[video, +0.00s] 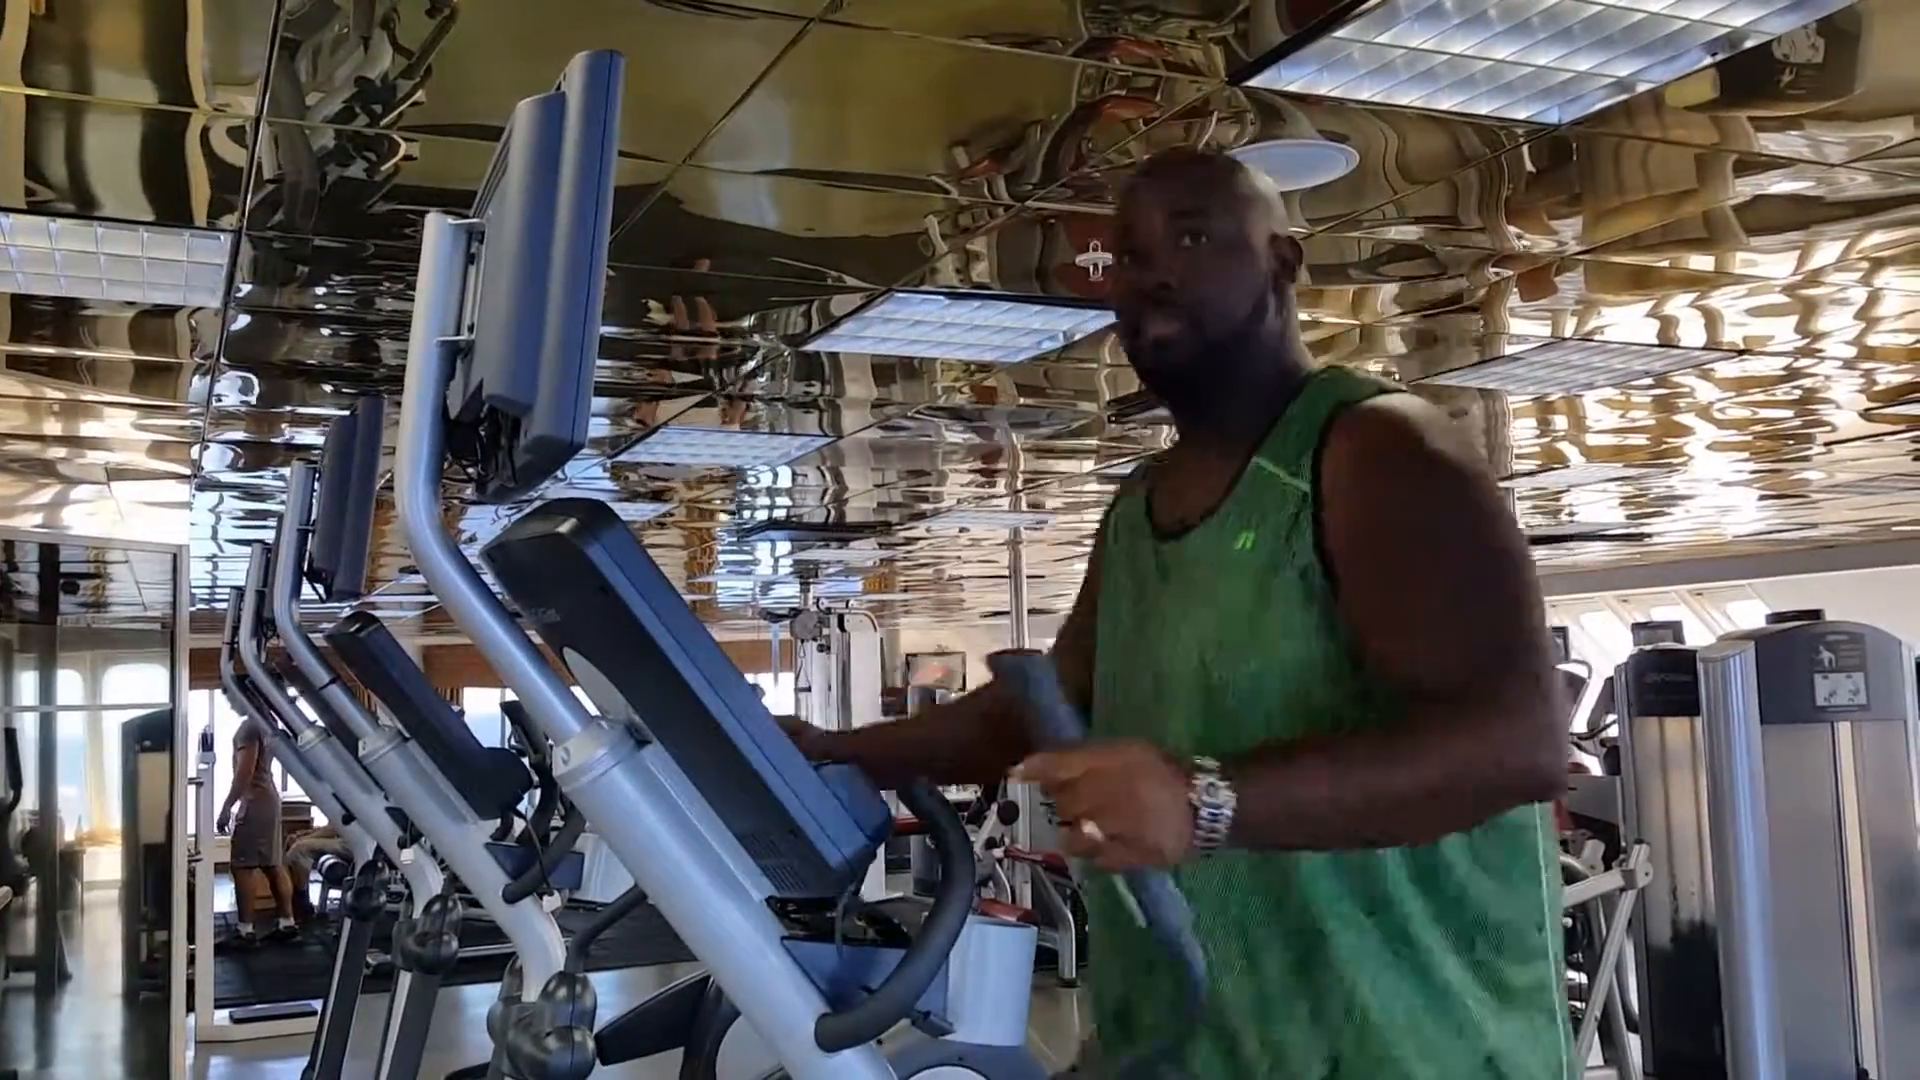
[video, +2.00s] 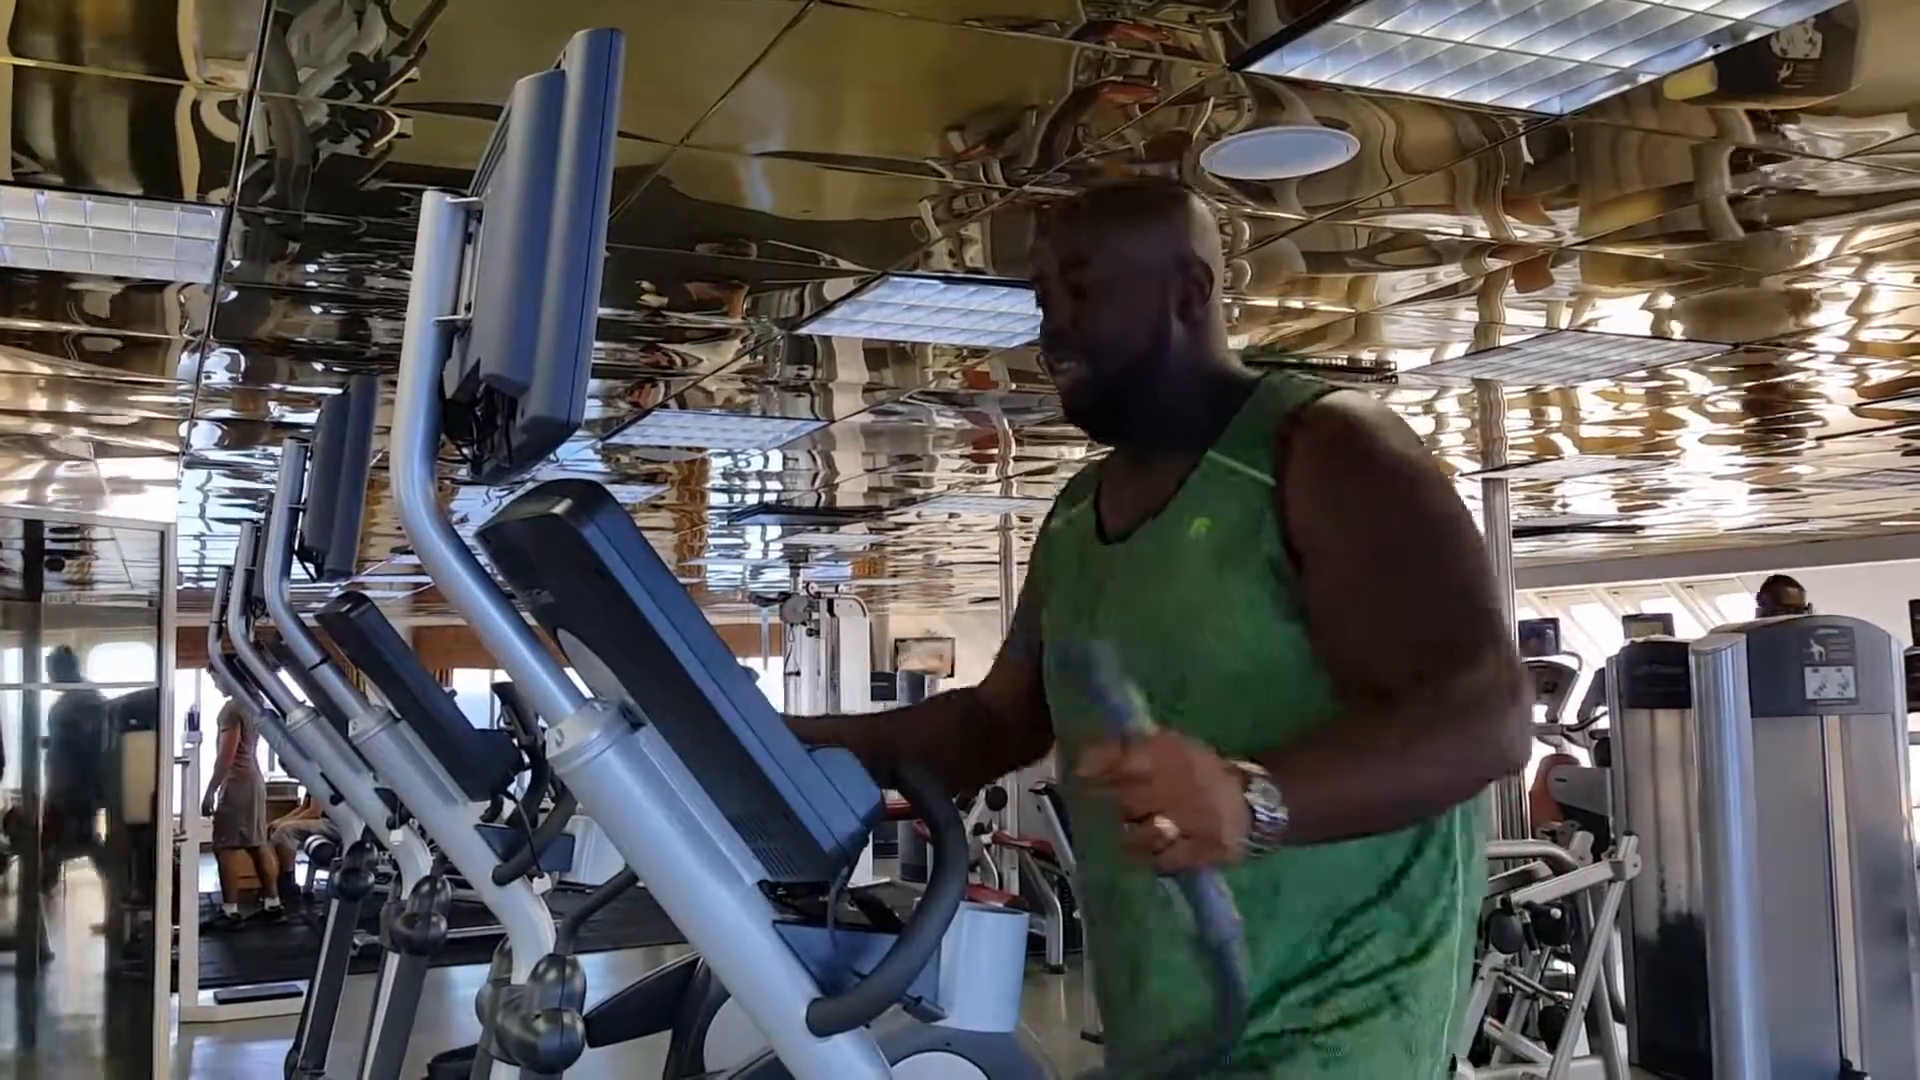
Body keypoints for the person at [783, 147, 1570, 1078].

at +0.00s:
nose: (1145, 276)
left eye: (1192, 236)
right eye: (1127, 255)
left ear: (1283, 265)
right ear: (1110, 290)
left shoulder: (1388, 460)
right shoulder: (1139, 512)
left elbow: (1517, 738)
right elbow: (1052, 712)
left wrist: (1210, 803)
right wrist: (842, 756)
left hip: (1407, 1046)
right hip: (1168, 1044)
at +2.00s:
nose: (1048, 330)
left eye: (1079, 291)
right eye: (1042, 300)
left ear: (1191, 294)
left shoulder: (1337, 453)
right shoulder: (1081, 512)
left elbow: (1485, 715)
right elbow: (1003, 720)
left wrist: (1256, 798)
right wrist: (812, 747)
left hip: (1345, 1017)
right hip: (1153, 1015)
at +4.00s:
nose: (1099, 221)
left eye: (1145, 198)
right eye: (1069, 200)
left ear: (1223, 239)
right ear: (1038, 252)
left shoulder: (1322, 398)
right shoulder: (1107, 443)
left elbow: (1297, 666)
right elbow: (1151, 698)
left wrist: (999, 766)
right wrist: (994, 755)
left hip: (1348, 1008)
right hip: (1153, 996)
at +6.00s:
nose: (1110, 206)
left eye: (1153, 174)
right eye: (1075, 184)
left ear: (1228, 211)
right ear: (1045, 232)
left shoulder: (1351, 386)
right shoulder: (1064, 463)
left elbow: (1528, 662)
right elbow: (969, 659)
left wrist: (1262, 791)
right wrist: (755, 733)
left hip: (1393, 1024)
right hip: (1142, 1028)